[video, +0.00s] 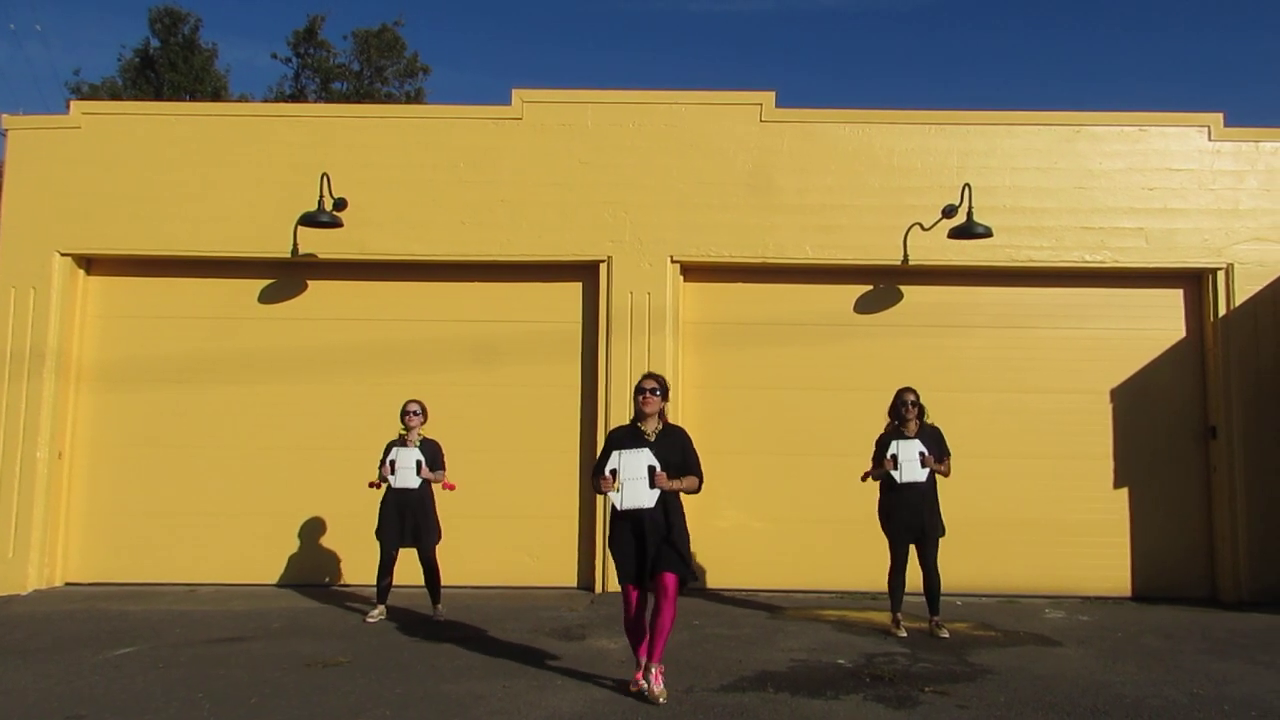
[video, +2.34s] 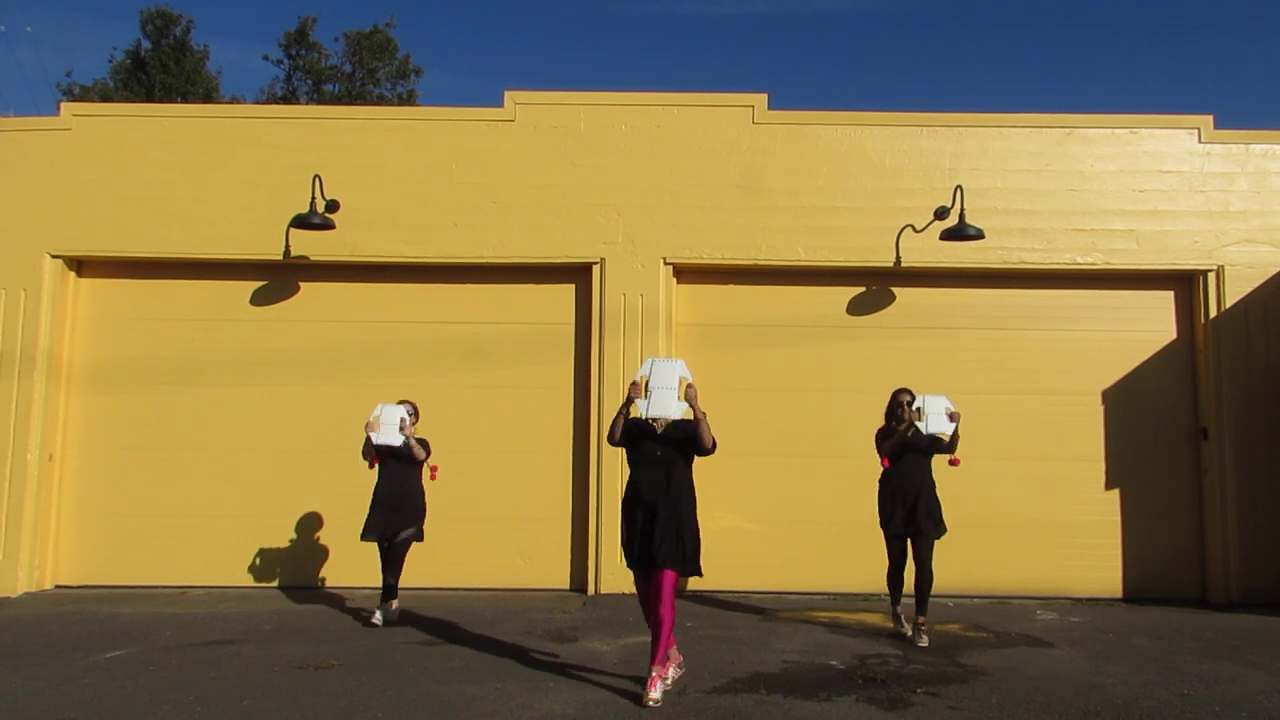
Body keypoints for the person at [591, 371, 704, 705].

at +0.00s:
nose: (647, 397)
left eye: (654, 392)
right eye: (642, 392)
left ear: (664, 399)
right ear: (634, 398)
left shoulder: (677, 436)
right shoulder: (618, 436)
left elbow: (695, 481)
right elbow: (598, 474)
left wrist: (672, 483)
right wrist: (602, 483)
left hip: (667, 528)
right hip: (628, 530)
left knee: (667, 591)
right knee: (633, 603)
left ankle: (655, 668)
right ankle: (641, 666)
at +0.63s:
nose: (643, 390)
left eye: (650, 386)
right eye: (638, 386)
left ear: (660, 397)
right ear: (631, 395)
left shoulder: (675, 433)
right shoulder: (620, 429)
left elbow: (692, 478)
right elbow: (606, 470)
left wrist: (702, 502)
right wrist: (643, 493)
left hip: (668, 528)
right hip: (632, 528)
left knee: (661, 598)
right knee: (637, 599)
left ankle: (659, 674)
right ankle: (643, 670)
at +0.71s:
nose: (642, 391)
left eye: (648, 387)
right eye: (637, 387)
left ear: (658, 395)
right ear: (630, 396)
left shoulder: (673, 434)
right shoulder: (620, 427)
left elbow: (691, 472)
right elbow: (627, 459)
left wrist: (721, 481)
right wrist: (672, 465)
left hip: (667, 525)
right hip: (631, 524)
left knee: (660, 598)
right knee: (637, 599)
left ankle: (658, 674)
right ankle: (642, 669)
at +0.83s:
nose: (641, 394)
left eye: (647, 390)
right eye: (635, 390)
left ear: (657, 398)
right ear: (629, 398)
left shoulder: (671, 436)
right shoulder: (620, 425)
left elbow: (707, 464)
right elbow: (644, 432)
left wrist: (739, 449)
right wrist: (692, 427)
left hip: (668, 526)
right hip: (632, 525)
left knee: (662, 600)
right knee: (638, 600)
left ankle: (659, 675)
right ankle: (643, 670)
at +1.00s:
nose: (643, 392)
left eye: (649, 388)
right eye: (637, 388)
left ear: (660, 394)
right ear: (629, 396)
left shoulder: (675, 431)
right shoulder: (623, 426)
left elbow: (718, 435)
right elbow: (645, 403)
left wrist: (739, 399)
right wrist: (686, 380)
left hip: (667, 525)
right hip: (630, 525)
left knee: (662, 601)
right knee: (636, 606)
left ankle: (654, 673)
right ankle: (646, 663)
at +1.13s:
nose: (657, 411)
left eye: (663, 406)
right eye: (652, 405)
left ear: (671, 411)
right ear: (641, 409)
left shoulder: (681, 440)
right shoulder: (632, 436)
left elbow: (703, 410)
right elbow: (629, 402)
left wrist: (699, 363)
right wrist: (640, 357)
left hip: (666, 530)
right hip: (630, 529)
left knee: (659, 603)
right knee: (638, 604)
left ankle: (656, 678)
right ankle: (644, 672)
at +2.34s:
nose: (661, 395)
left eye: (667, 390)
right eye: (656, 390)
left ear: (677, 396)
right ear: (647, 395)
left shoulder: (686, 429)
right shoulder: (636, 428)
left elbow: (707, 447)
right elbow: (614, 438)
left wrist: (696, 407)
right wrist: (628, 402)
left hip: (674, 521)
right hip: (638, 521)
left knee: (664, 596)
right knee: (647, 598)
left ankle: (655, 673)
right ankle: (673, 657)